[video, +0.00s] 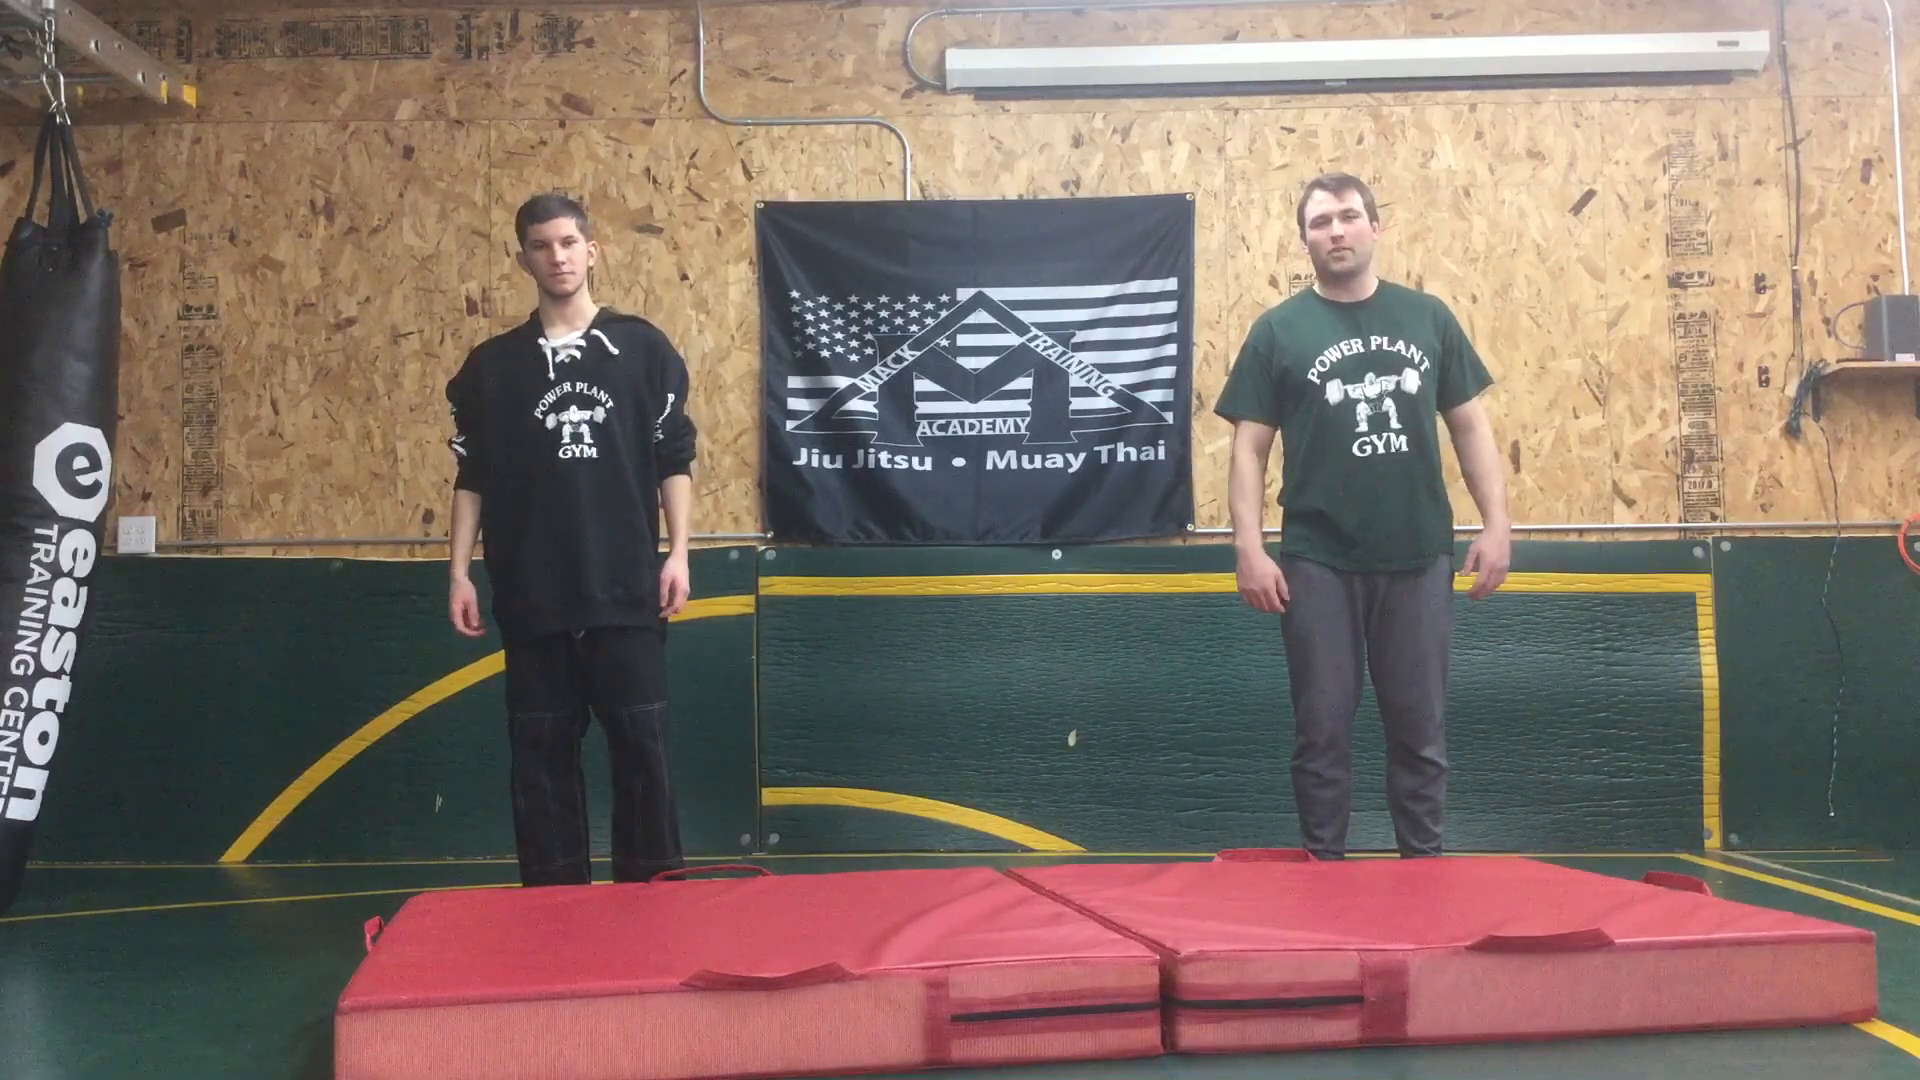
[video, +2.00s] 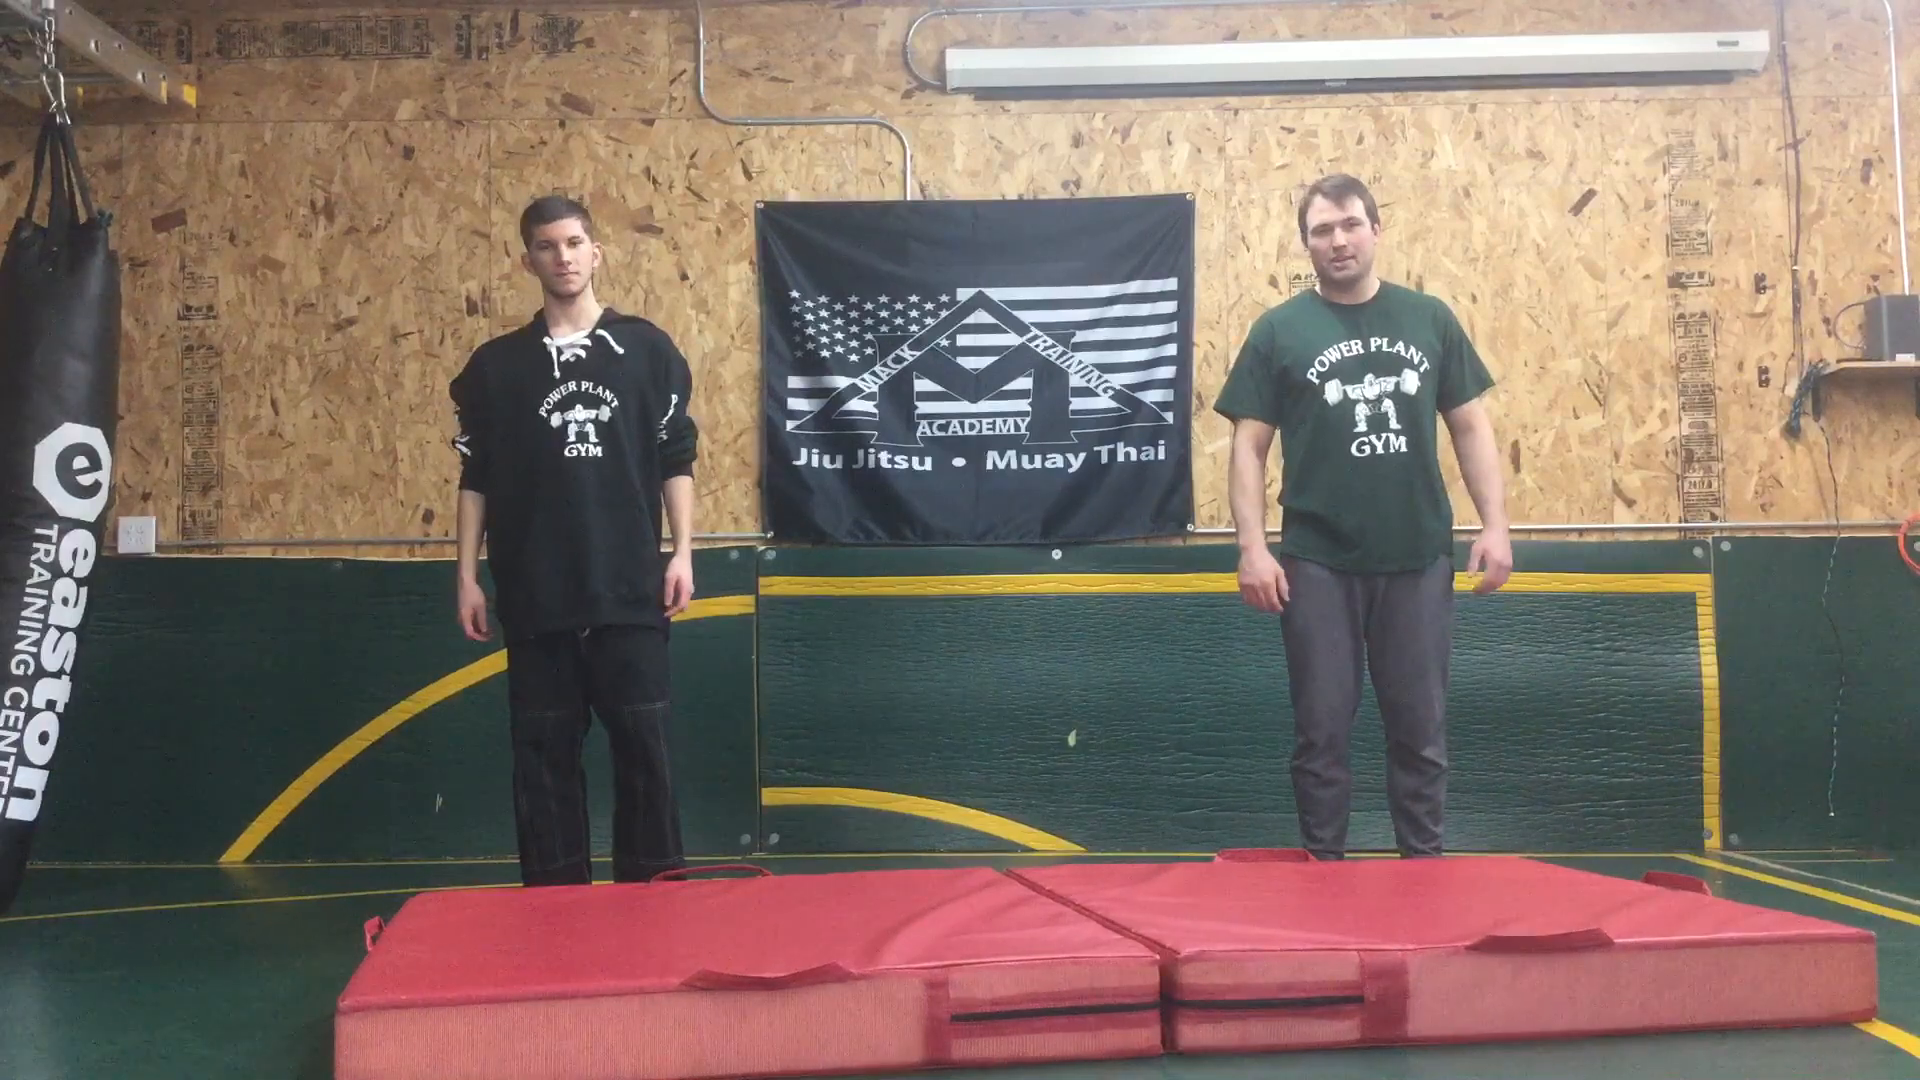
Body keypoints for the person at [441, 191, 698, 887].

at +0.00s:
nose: (557, 257)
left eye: (568, 242)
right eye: (542, 247)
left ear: (591, 250)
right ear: (525, 260)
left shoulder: (642, 347)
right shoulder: (489, 364)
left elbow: (674, 457)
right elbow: (471, 476)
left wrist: (678, 552)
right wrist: (460, 569)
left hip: (625, 582)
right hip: (530, 589)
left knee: (642, 750)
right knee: (542, 759)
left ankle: (652, 901)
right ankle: (553, 908)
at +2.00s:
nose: (563, 257)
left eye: (573, 243)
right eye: (547, 247)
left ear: (594, 250)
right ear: (529, 261)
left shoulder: (647, 348)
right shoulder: (493, 365)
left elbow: (675, 459)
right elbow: (474, 477)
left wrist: (683, 550)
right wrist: (467, 576)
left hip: (629, 585)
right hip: (533, 592)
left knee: (644, 753)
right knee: (545, 762)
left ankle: (654, 905)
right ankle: (555, 913)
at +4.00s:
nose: (560, 256)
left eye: (571, 242)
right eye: (545, 246)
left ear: (592, 251)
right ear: (527, 261)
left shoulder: (644, 351)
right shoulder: (489, 366)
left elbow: (669, 463)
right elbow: (472, 480)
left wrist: (678, 553)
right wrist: (471, 577)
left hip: (627, 584)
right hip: (531, 590)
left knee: (644, 750)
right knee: (542, 760)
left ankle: (654, 903)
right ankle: (554, 911)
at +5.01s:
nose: (557, 255)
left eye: (568, 241)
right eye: (541, 245)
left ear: (590, 250)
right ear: (524, 260)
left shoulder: (642, 350)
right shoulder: (486, 366)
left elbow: (669, 462)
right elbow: (469, 479)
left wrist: (678, 552)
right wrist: (467, 574)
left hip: (625, 585)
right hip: (529, 591)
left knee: (643, 753)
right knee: (541, 762)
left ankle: (652, 903)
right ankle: (553, 912)